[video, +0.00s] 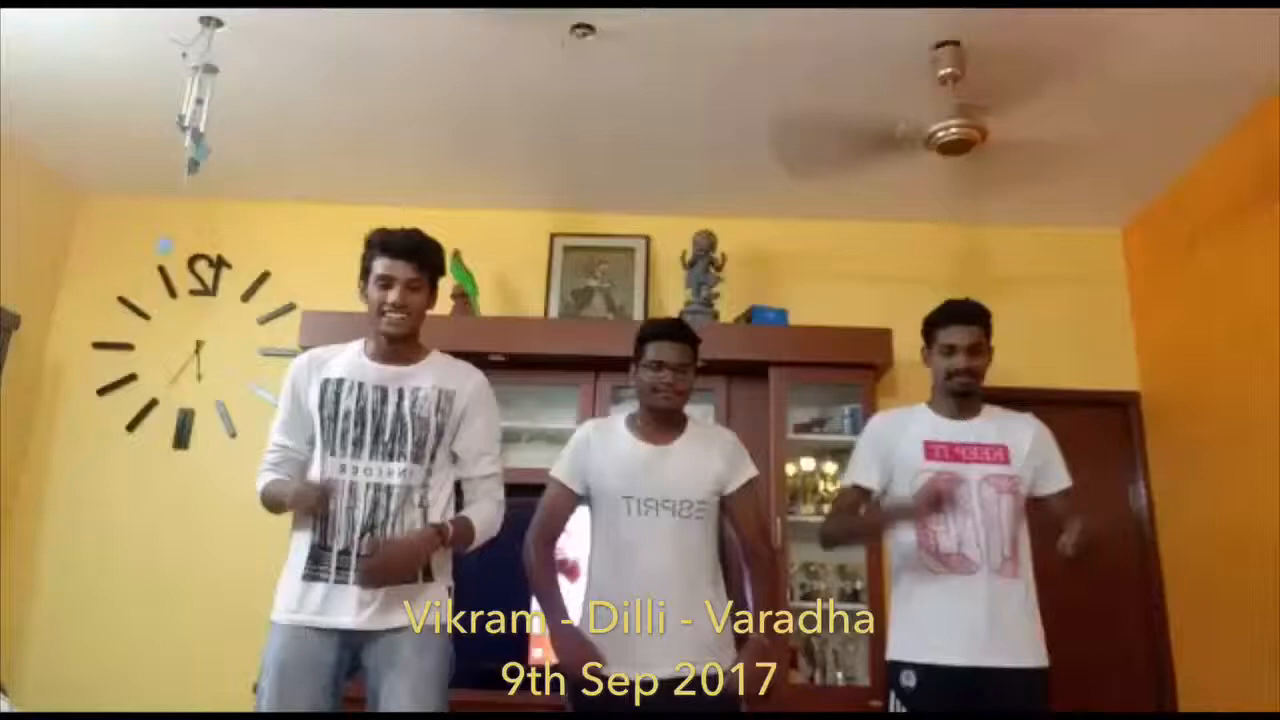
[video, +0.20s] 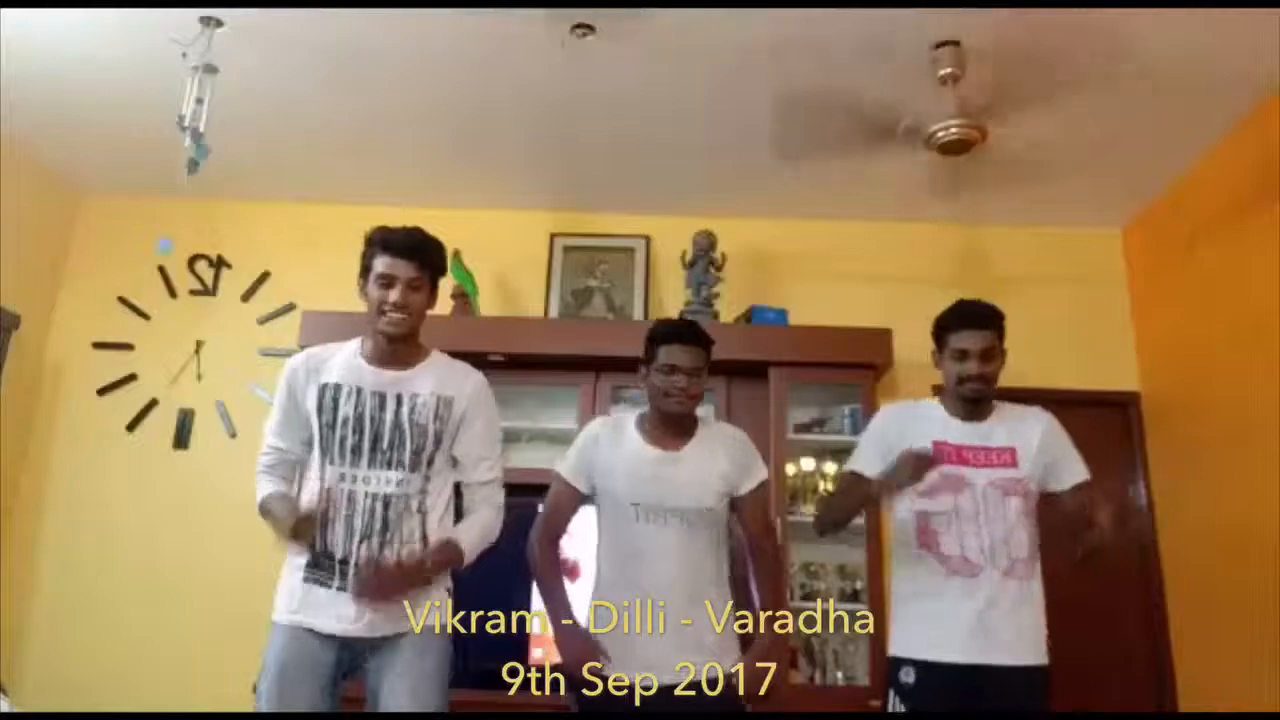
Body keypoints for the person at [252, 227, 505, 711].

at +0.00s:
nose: (396, 299)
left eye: (412, 288)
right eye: (384, 284)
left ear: (433, 298)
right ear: (364, 289)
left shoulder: (464, 386)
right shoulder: (311, 371)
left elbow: (488, 508)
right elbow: (274, 477)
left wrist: (428, 541)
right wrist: (294, 494)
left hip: (411, 611)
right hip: (310, 607)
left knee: (412, 706)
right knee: (283, 706)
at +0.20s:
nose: (397, 298)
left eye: (414, 287)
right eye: (385, 283)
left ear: (434, 298)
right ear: (364, 287)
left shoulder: (465, 388)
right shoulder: (307, 371)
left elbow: (487, 510)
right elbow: (274, 473)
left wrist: (420, 568)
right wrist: (291, 520)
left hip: (413, 618)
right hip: (310, 611)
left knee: (413, 705)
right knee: (281, 704)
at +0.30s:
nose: (400, 310)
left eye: (416, 299)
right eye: (388, 294)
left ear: (434, 309)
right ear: (365, 299)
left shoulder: (464, 402)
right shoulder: (304, 387)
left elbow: (480, 535)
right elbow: (270, 507)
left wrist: (405, 629)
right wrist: (294, 612)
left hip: (412, 643)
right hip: (309, 634)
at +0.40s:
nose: (404, 326)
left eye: (420, 315)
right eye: (391, 311)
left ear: (434, 328)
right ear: (367, 316)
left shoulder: (463, 423)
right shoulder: (305, 408)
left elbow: (478, 566)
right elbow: (258, 537)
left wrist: (398, 655)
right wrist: (305, 636)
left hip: (413, 647)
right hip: (309, 637)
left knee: (421, 705)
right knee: (258, 701)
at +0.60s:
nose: (442, 265)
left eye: (454, 254)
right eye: (427, 251)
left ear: (465, 268)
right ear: (396, 264)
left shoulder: (490, 365)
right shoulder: (340, 344)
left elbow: (505, 487)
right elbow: (281, 465)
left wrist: (440, 493)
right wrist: (363, 489)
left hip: (461, 588)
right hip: (358, 583)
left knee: (484, 704)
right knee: (323, 704)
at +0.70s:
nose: (455, 247)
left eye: (466, 236)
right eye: (440, 234)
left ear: (476, 249)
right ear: (409, 245)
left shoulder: (500, 347)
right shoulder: (360, 321)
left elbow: (501, 463)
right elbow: (278, 459)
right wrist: (323, 428)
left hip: (491, 544)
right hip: (387, 540)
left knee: (530, 698)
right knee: (343, 700)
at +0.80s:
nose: (464, 254)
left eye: (475, 243)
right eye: (448, 240)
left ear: (484, 254)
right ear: (417, 250)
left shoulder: (506, 354)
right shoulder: (373, 322)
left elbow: (501, 471)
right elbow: (317, 433)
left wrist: (550, 526)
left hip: (500, 549)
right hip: (404, 541)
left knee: (537, 699)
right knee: (382, 698)